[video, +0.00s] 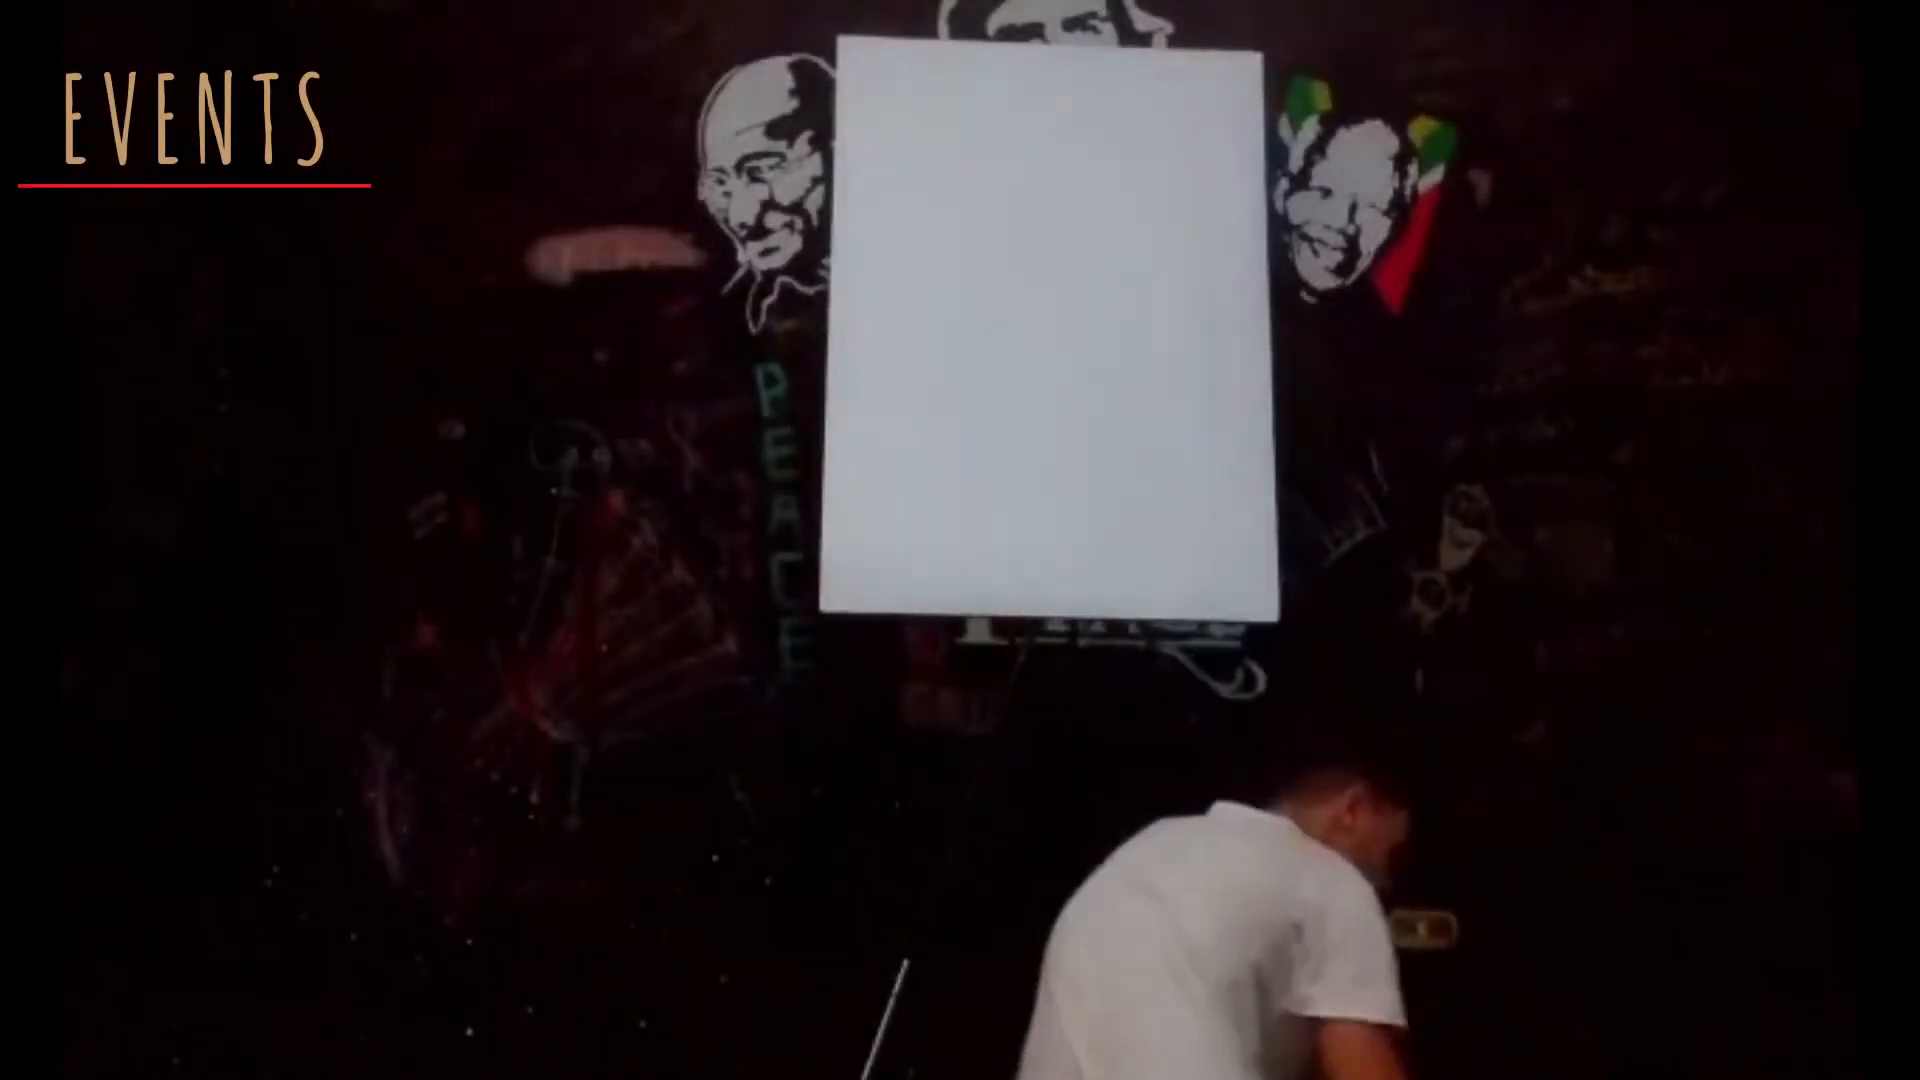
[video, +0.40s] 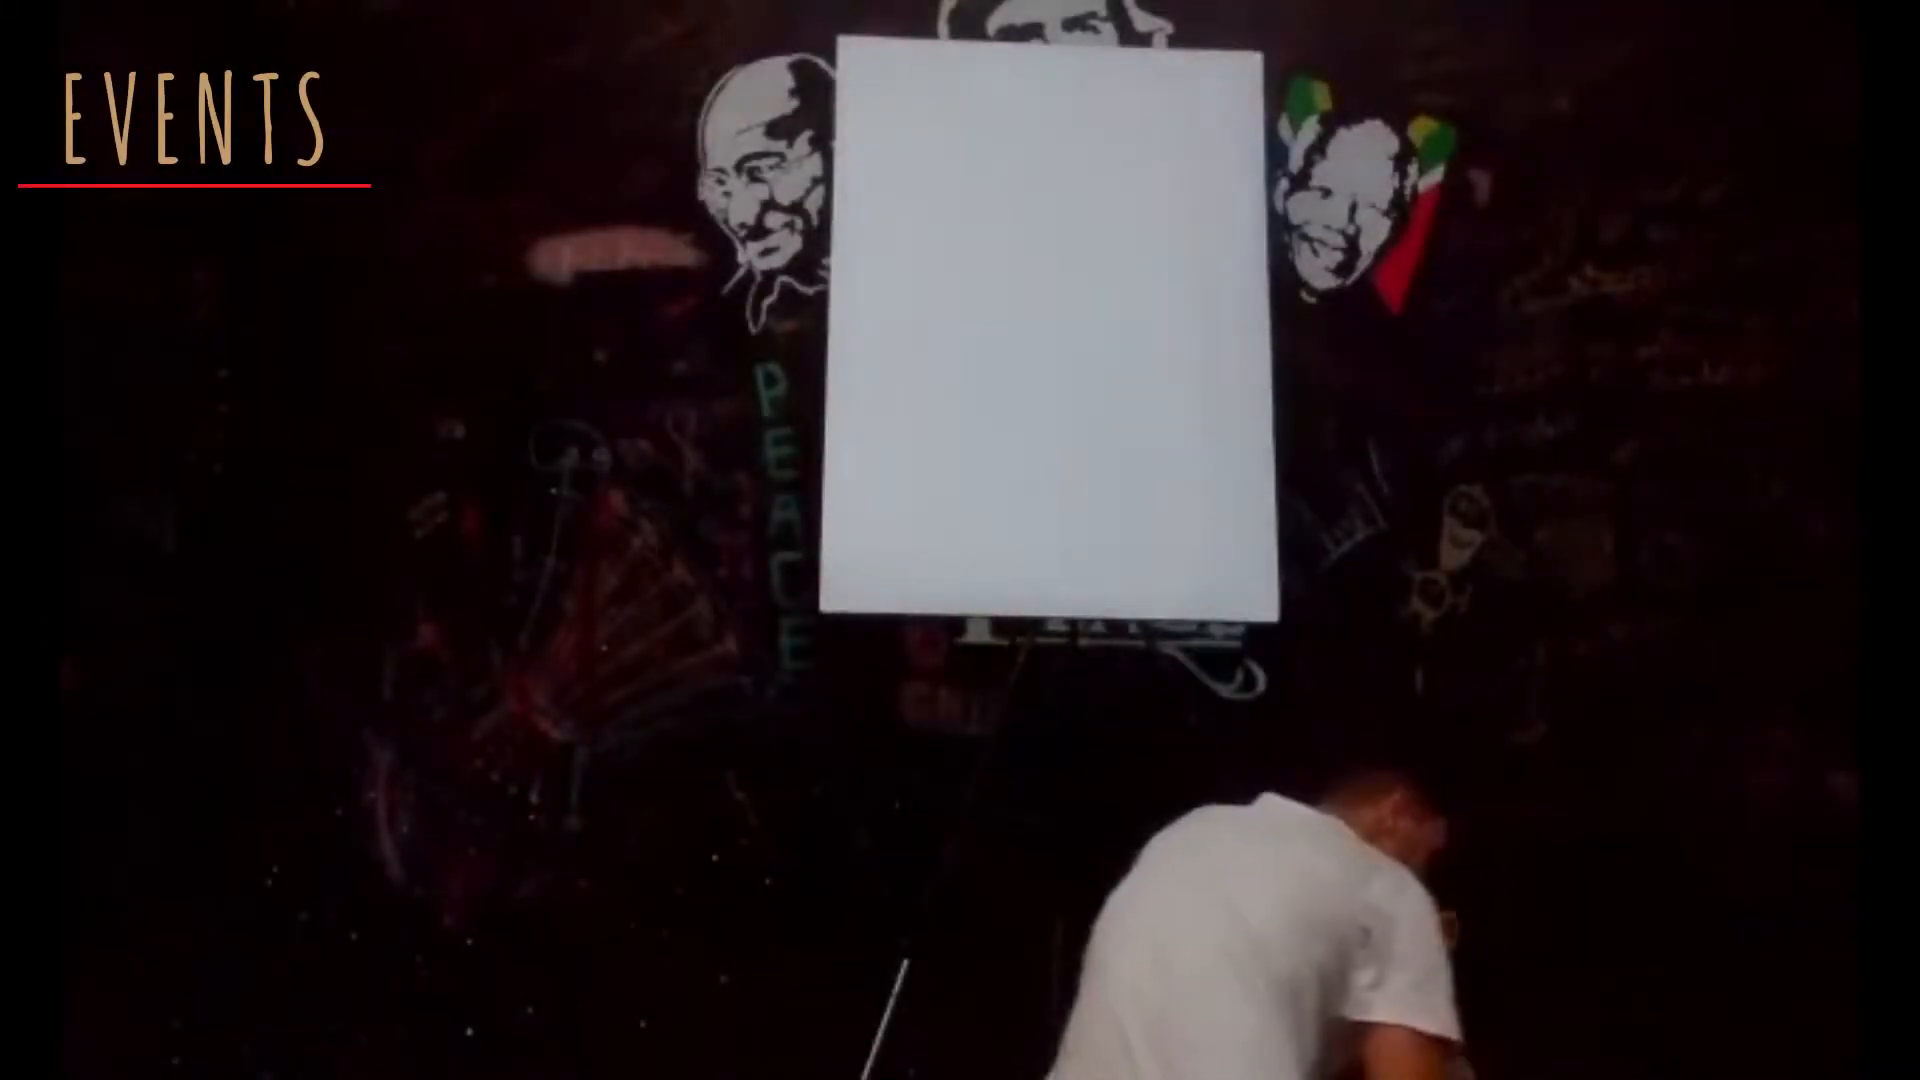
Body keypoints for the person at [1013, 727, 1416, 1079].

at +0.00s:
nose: (1381, 879)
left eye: (1391, 857)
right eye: (1388, 851)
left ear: (1289, 798)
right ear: (1351, 812)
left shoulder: (1161, 837)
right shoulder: (1328, 885)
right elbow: (1360, 1064)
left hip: (1050, 1063)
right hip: (1176, 1059)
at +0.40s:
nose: (1419, 873)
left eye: (1430, 859)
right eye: (1426, 852)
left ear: (1326, 800)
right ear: (1396, 813)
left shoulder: (1189, 830)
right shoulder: (1387, 892)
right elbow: (1405, 1068)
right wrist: (1426, 959)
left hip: (1079, 1067)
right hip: (1236, 1063)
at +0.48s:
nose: (1429, 873)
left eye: (1439, 858)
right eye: (1435, 852)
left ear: (1333, 802)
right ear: (1405, 814)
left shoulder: (1194, 828)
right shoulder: (1396, 893)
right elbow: (1417, 1065)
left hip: (1085, 1066)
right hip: (1247, 1062)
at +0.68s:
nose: (1446, 874)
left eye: (1457, 860)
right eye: (1454, 854)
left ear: (1352, 795)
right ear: (1427, 816)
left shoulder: (1208, 826)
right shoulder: (1433, 907)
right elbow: (1463, 1063)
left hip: (1113, 1066)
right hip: (1284, 1061)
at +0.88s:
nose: (1473, 867)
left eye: (1479, 855)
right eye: (1475, 850)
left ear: (1359, 791)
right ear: (1453, 817)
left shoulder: (1229, 830)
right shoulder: (1472, 912)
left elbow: (1161, 999)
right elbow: (1510, 1067)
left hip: (1152, 1068)